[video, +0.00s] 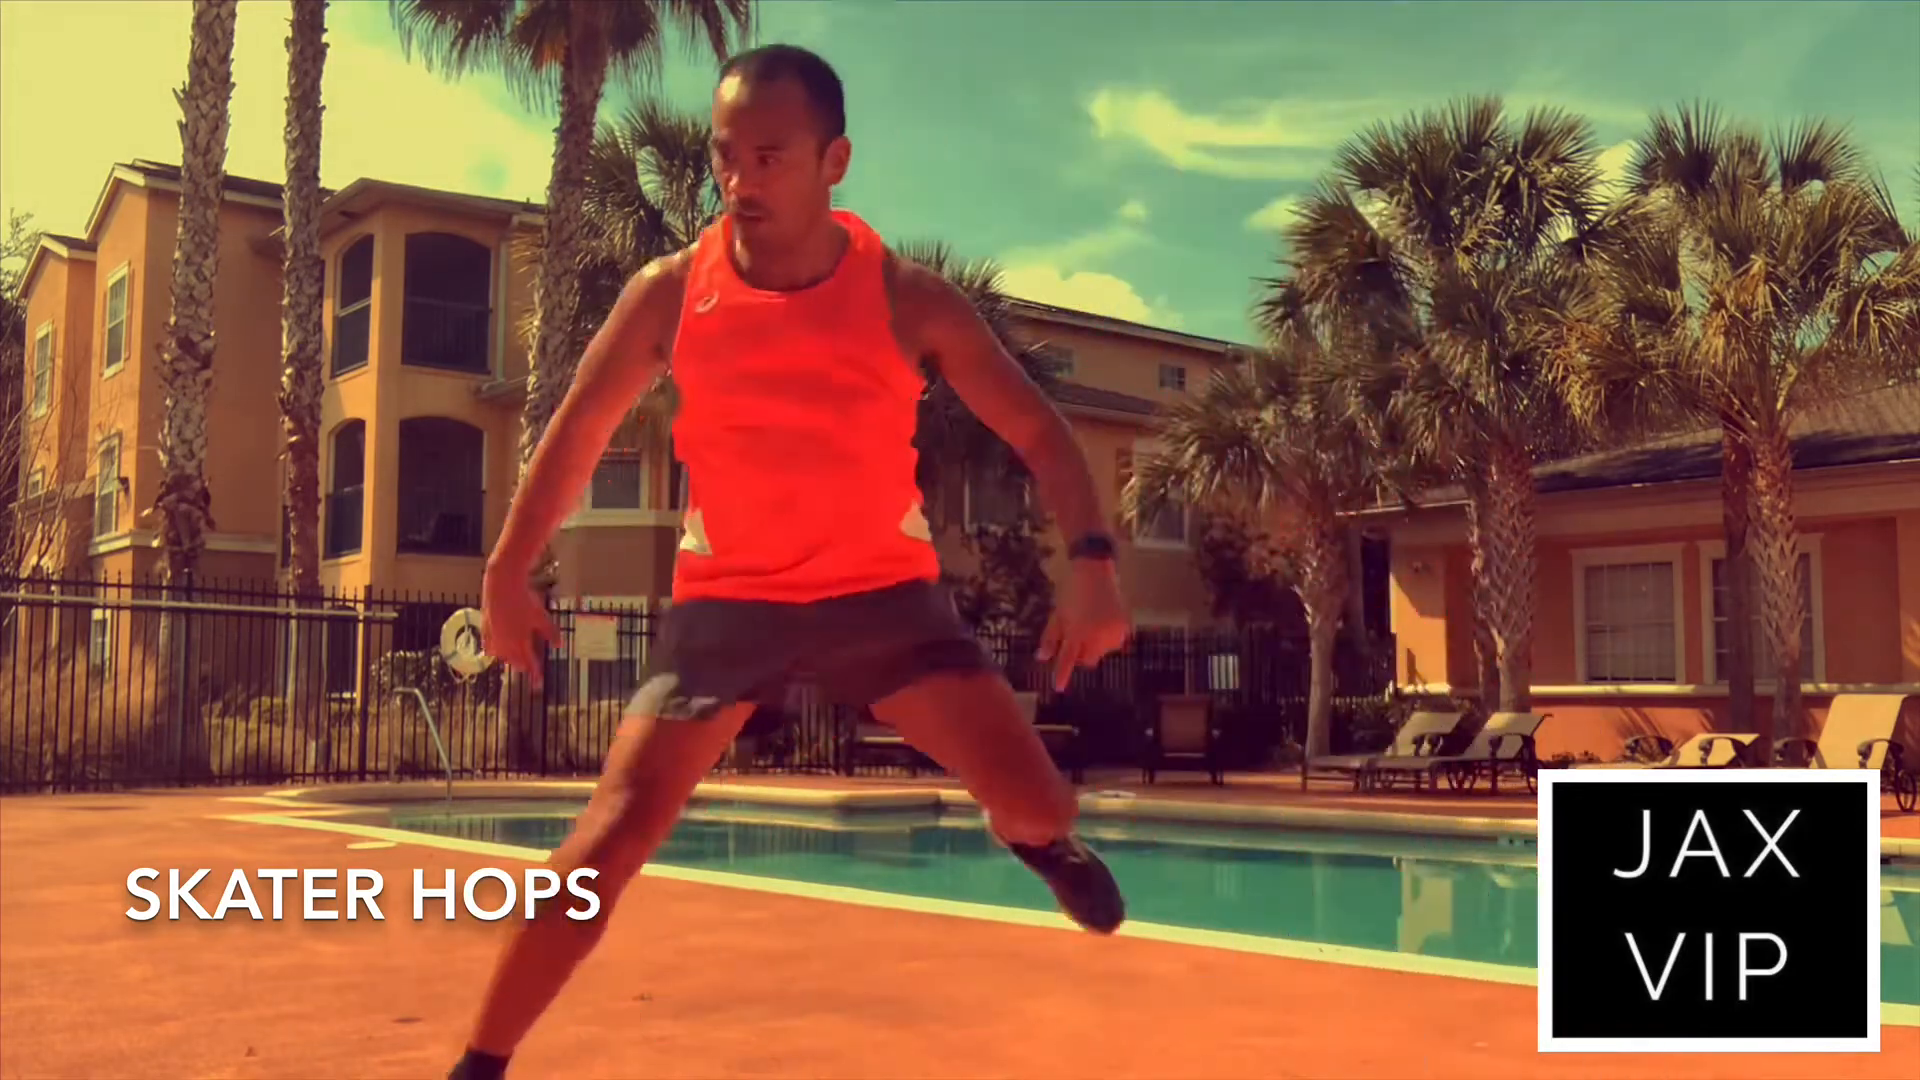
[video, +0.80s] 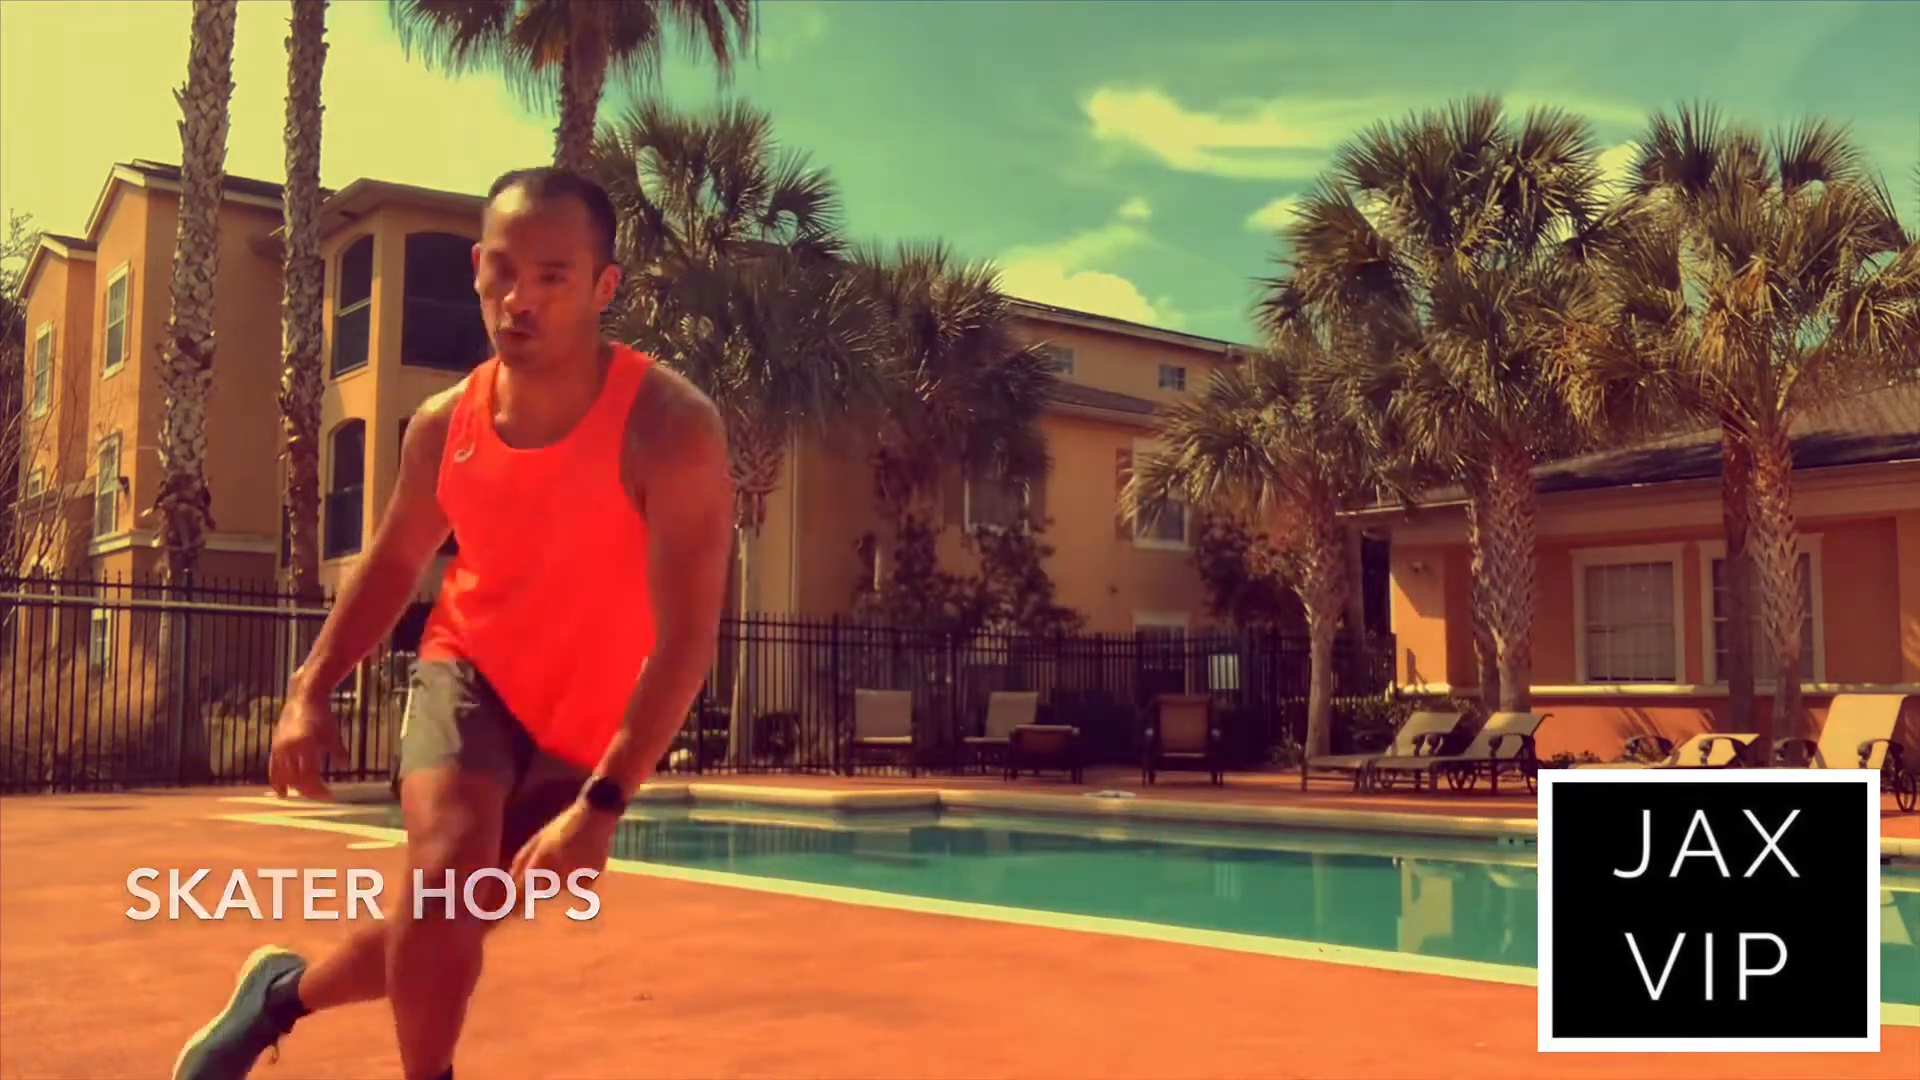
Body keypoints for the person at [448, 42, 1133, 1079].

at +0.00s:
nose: (739, 182)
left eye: (767, 156)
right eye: (726, 156)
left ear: (834, 159)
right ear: (710, 155)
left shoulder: (908, 296)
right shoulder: (669, 294)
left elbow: (1036, 432)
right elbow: (576, 434)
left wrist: (1091, 558)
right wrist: (504, 572)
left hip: (885, 599)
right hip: (726, 606)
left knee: (1042, 808)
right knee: (613, 834)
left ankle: (1040, 844)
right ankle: (480, 1063)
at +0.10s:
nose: (619, 247)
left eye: (650, 223)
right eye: (609, 220)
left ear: (720, 231)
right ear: (595, 224)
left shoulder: (791, 386)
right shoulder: (554, 368)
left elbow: (896, 548)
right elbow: (483, 498)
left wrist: (894, 677)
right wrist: (409, 626)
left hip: (758, 676)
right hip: (595, 664)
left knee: (858, 898)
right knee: (501, 873)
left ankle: (764, 809)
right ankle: (444, 1073)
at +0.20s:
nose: (528, 294)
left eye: (559, 271)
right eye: (520, 268)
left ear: (634, 289)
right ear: (508, 270)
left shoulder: (697, 429)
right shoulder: (480, 407)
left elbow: (743, 620)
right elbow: (421, 536)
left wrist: (670, 756)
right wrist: (343, 640)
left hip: (656, 710)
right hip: (519, 679)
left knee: (652, 966)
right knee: (476, 859)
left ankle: (541, 869)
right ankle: (438, 1073)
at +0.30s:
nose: (468, 348)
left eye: (500, 326)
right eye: (460, 322)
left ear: (577, 342)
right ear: (450, 325)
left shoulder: (631, 480)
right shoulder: (434, 447)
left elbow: (614, 683)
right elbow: (398, 542)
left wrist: (481, 803)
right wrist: (293, 635)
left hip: (590, 745)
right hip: (461, 693)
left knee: (481, 981)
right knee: (437, 875)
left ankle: (352, 935)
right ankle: (433, 1075)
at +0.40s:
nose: (429, 411)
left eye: (461, 388)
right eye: (422, 385)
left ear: (537, 405)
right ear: (408, 387)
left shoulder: (593, 552)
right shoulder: (397, 496)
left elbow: (515, 739)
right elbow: (365, 562)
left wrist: (336, 839)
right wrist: (259, 638)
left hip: (529, 792)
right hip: (412, 714)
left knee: (359, 984)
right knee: (412, 862)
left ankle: (235, 1012)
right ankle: (429, 1077)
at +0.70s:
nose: (448, 392)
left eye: (481, 368)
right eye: (435, 364)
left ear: (544, 381)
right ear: (418, 367)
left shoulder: (604, 518)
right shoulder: (393, 484)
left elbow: (577, 728)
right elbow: (352, 593)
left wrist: (419, 816)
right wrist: (269, 704)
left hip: (517, 766)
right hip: (396, 711)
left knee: (354, 974)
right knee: (409, 859)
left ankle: (196, 1018)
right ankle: (424, 1076)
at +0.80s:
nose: (520, 297)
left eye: (552, 274)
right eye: (502, 267)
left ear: (604, 288)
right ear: (477, 271)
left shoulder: (670, 426)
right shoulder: (447, 427)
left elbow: (687, 638)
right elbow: (392, 561)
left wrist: (602, 805)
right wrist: (308, 690)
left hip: (588, 722)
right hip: (469, 664)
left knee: (451, 932)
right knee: (447, 873)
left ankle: (283, 992)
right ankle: (429, 1075)